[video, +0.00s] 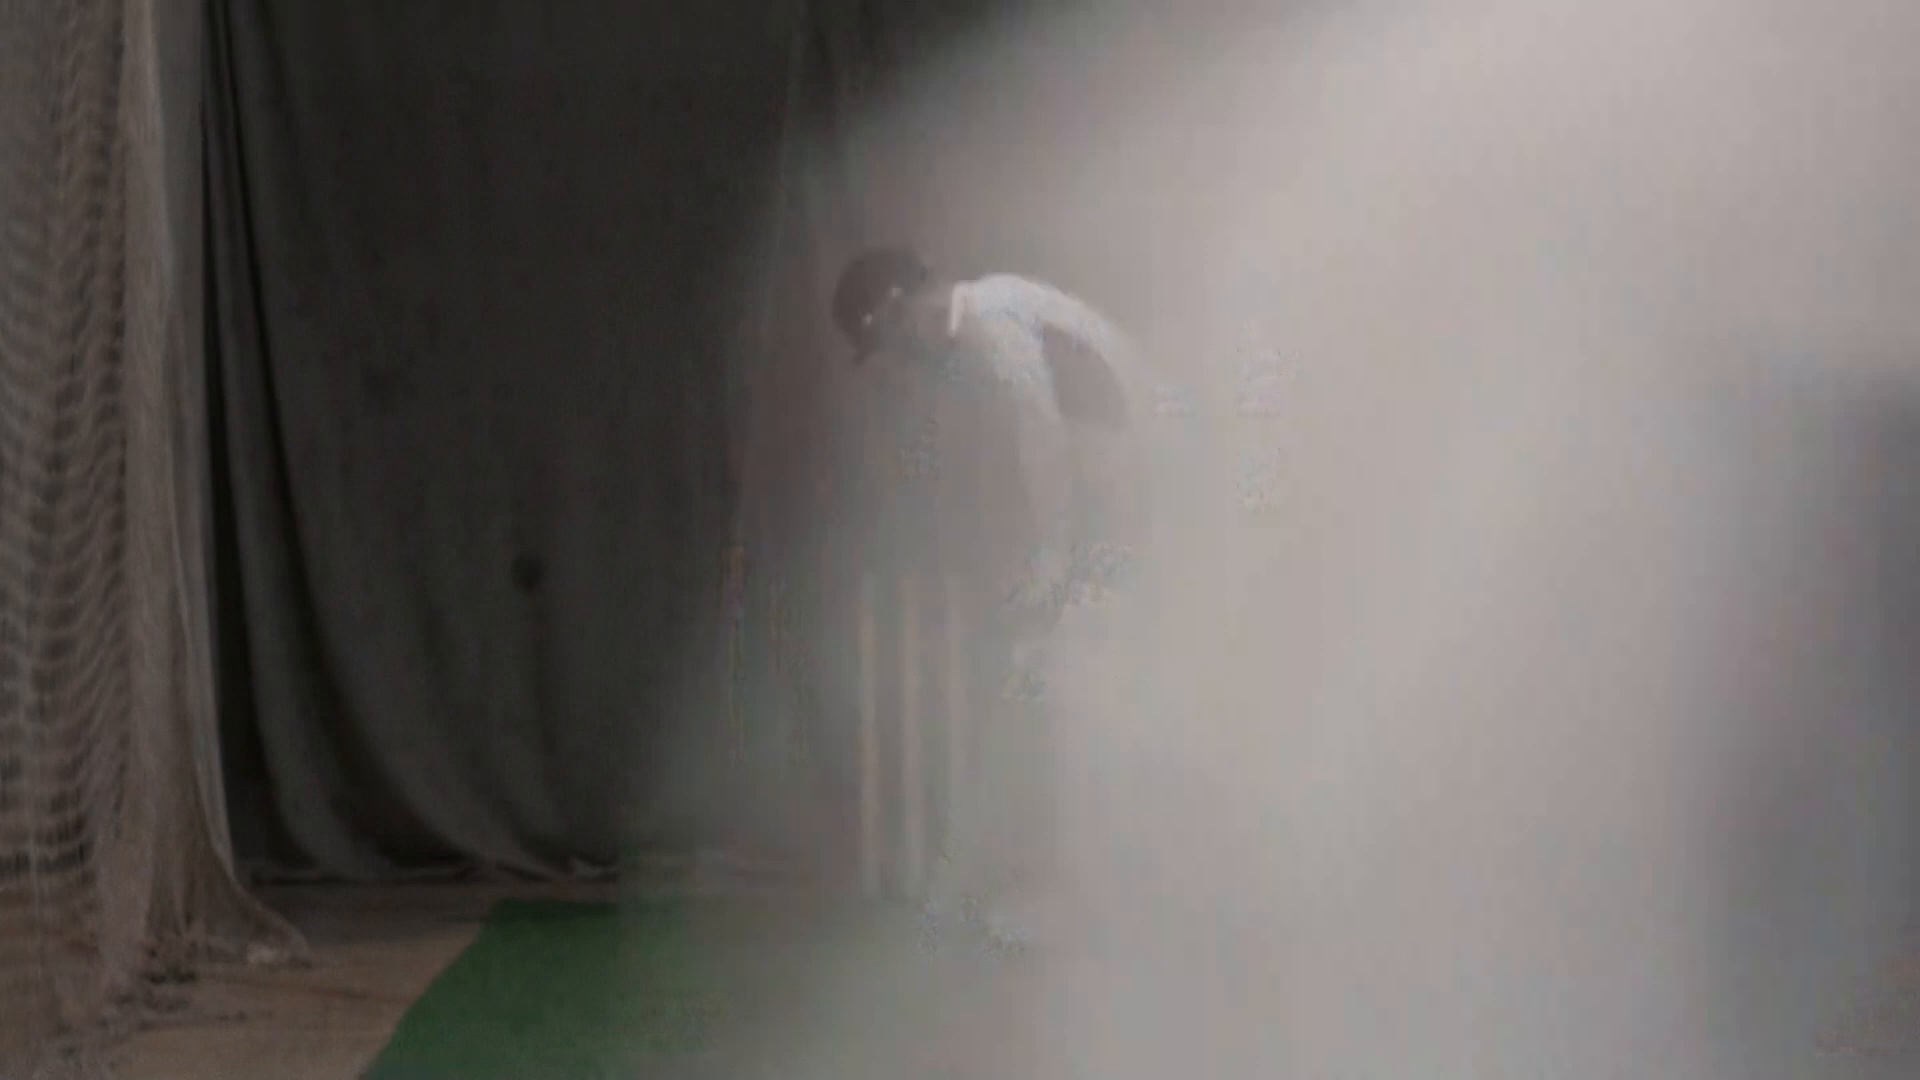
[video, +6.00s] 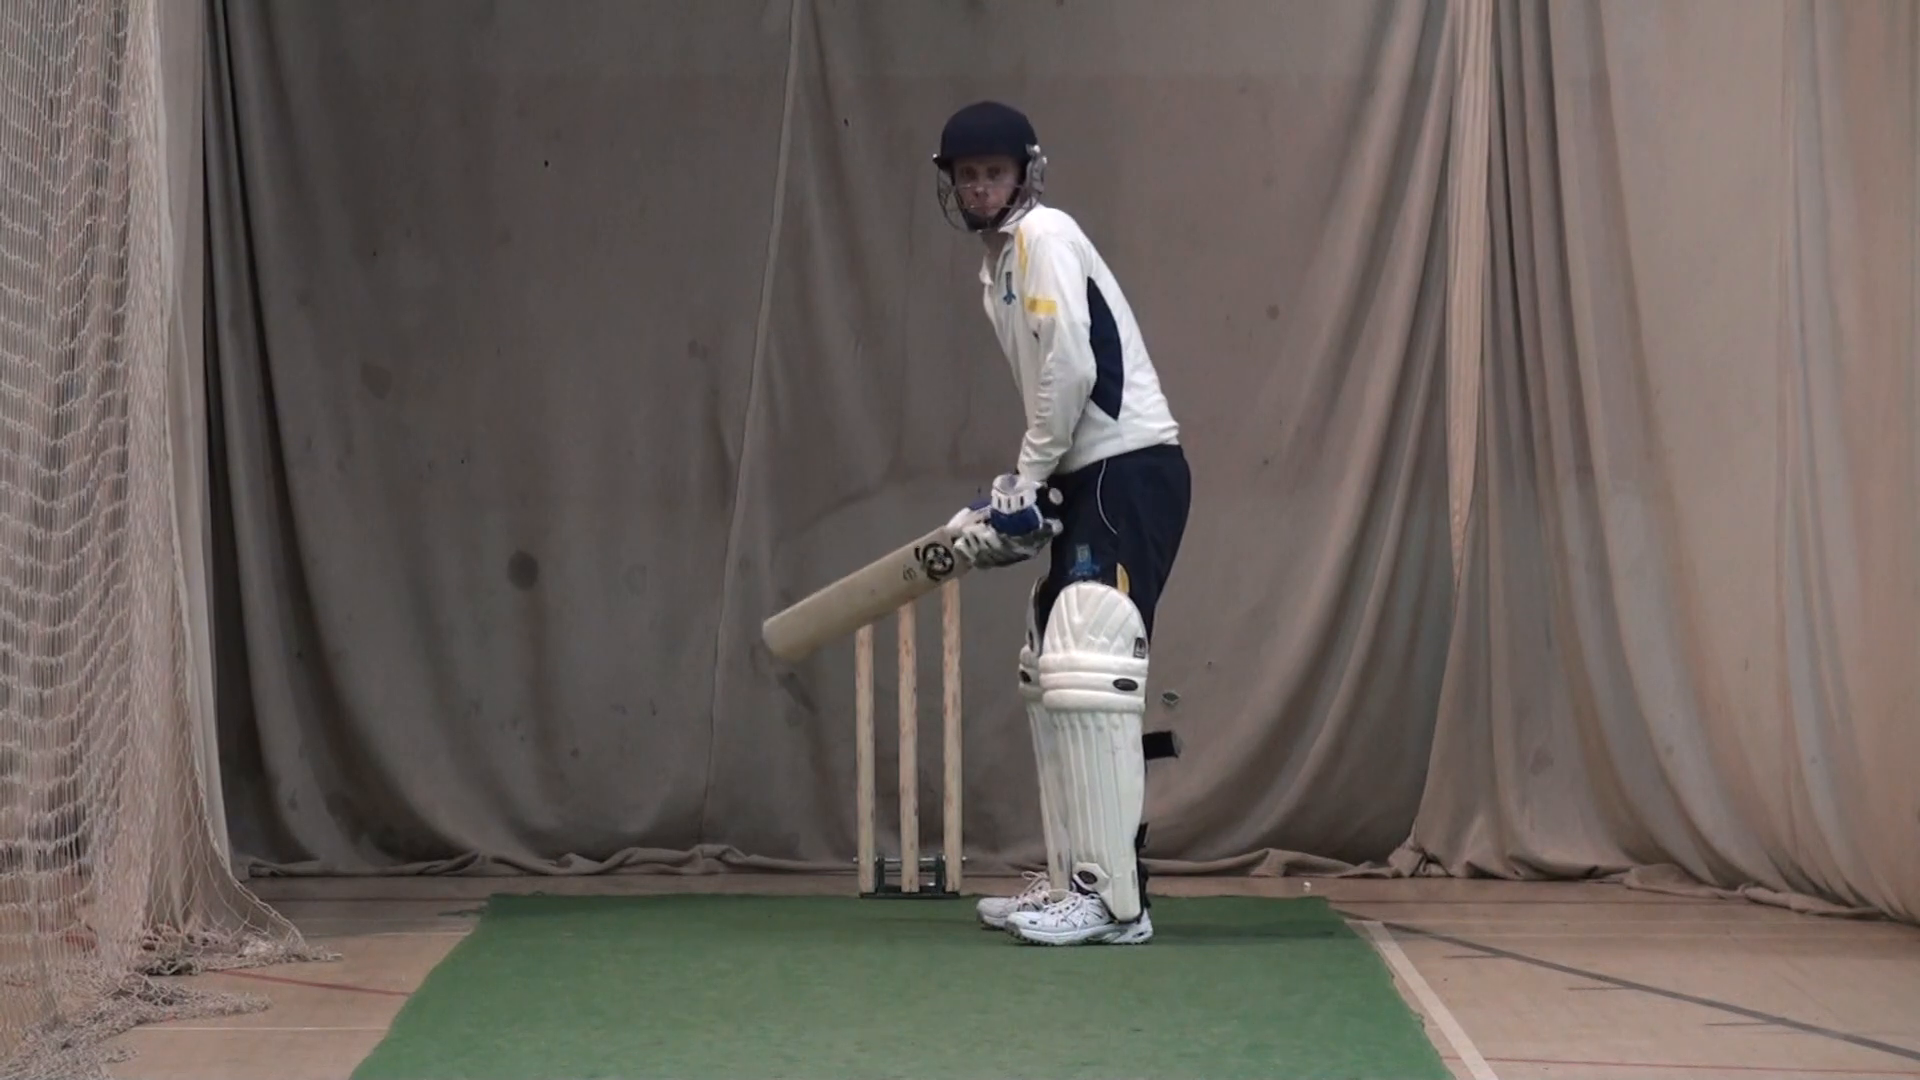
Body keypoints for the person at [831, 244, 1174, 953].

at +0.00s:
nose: (901, 353)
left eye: (892, 333)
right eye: (886, 346)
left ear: (908, 297)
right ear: (895, 315)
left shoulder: (994, 320)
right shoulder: (970, 339)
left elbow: (1042, 452)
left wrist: (1041, 575)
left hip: (1141, 516)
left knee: (1065, 684)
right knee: (1026, 684)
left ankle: (1064, 894)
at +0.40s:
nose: (928, 232)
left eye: (940, 214)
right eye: (913, 222)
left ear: (972, 207)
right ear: (899, 232)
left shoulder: (988, 266)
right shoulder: (993, 270)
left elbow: (1033, 399)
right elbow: (1050, 428)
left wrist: (1021, 515)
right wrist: (1003, 555)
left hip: (1127, 475)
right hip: (1111, 478)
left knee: (1060, 672)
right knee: (1069, 678)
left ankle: (1082, 895)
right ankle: (1085, 889)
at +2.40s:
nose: (933, 248)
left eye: (938, 227)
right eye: (923, 235)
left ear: (982, 202)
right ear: (940, 227)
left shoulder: (1032, 251)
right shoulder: (1003, 275)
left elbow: (1069, 381)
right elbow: (1058, 408)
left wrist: (1036, 486)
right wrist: (1034, 509)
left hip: (1142, 476)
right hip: (1096, 483)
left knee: (1090, 676)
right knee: (1051, 675)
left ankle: (1113, 900)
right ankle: (1074, 882)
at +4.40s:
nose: (979, 194)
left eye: (996, 178)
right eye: (965, 180)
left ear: (1026, 182)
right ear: (947, 189)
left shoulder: (1042, 250)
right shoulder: (989, 284)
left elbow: (1077, 389)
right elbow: (1049, 419)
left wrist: (1044, 508)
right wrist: (1018, 535)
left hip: (1138, 473)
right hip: (1090, 480)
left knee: (1097, 678)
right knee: (1058, 676)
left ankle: (1113, 897)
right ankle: (1080, 882)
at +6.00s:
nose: (979, 191)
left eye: (995, 174)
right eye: (964, 177)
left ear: (1026, 174)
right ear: (950, 185)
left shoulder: (1041, 237)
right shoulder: (1002, 266)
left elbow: (1070, 370)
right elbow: (1045, 395)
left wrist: (1026, 480)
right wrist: (1012, 503)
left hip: (1127, 469)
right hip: (1085, 477)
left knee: (1089, 674)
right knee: (1052, 673)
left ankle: (1112, 895)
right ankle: (1081, 878)